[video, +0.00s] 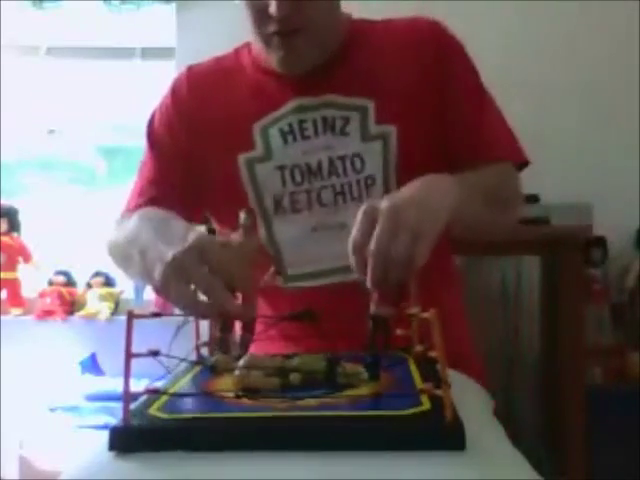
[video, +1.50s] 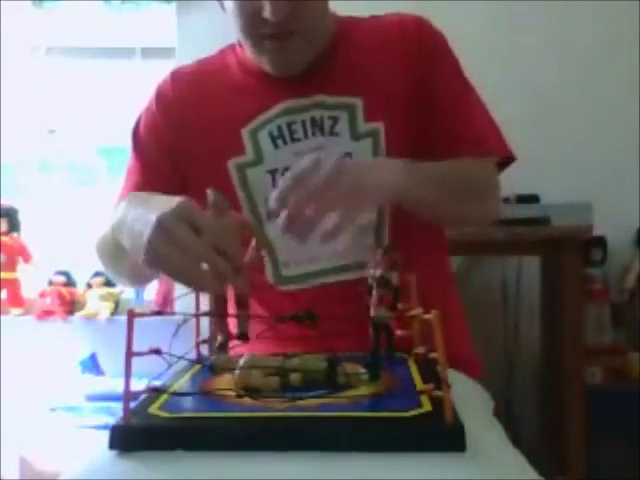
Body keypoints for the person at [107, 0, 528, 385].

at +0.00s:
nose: (276, 9)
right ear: (240, 2)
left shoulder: (423, 53)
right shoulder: (197, 96)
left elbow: (505, 200)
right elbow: (132, 231)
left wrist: (440, 194)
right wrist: (158, 241)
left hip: (424, 366)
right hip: (274, 376)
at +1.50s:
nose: (272, 10)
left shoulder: (408, 48)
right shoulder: (184, 98)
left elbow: (481, 201)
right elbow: (124, 260)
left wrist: (386, 178)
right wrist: (138, 221)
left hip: (420, 374)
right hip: (265, 386)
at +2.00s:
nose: (267, 12)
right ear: (220, 1)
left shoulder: (396, 43)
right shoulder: (180, 97)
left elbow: (440, 202)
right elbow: (130, 264)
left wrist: (309, 240)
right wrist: (124, 204)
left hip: (414, 378)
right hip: (264, 393)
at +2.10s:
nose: (266, 12)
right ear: (219, 1)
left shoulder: (395, 42)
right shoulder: (180, 96)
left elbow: (438, 203)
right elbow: (125, 261)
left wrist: (305, 245)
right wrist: (121, 202)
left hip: (412, 376)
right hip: (260, 390)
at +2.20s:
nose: (264, 11)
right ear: (217, 1)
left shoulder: (393, 42)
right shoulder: (178, 97)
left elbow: (440, 201)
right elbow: (120, 259)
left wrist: (308, 247)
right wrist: (120, 202)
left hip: (411, 377)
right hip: (256, 391)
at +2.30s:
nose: (259, 9)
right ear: (215, 2)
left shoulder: (393, 42)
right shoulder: (177, 97)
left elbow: (446, 201)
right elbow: (118, 259)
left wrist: (312, 248)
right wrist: (120, 204)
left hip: (410, 373)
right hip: (256, 387)